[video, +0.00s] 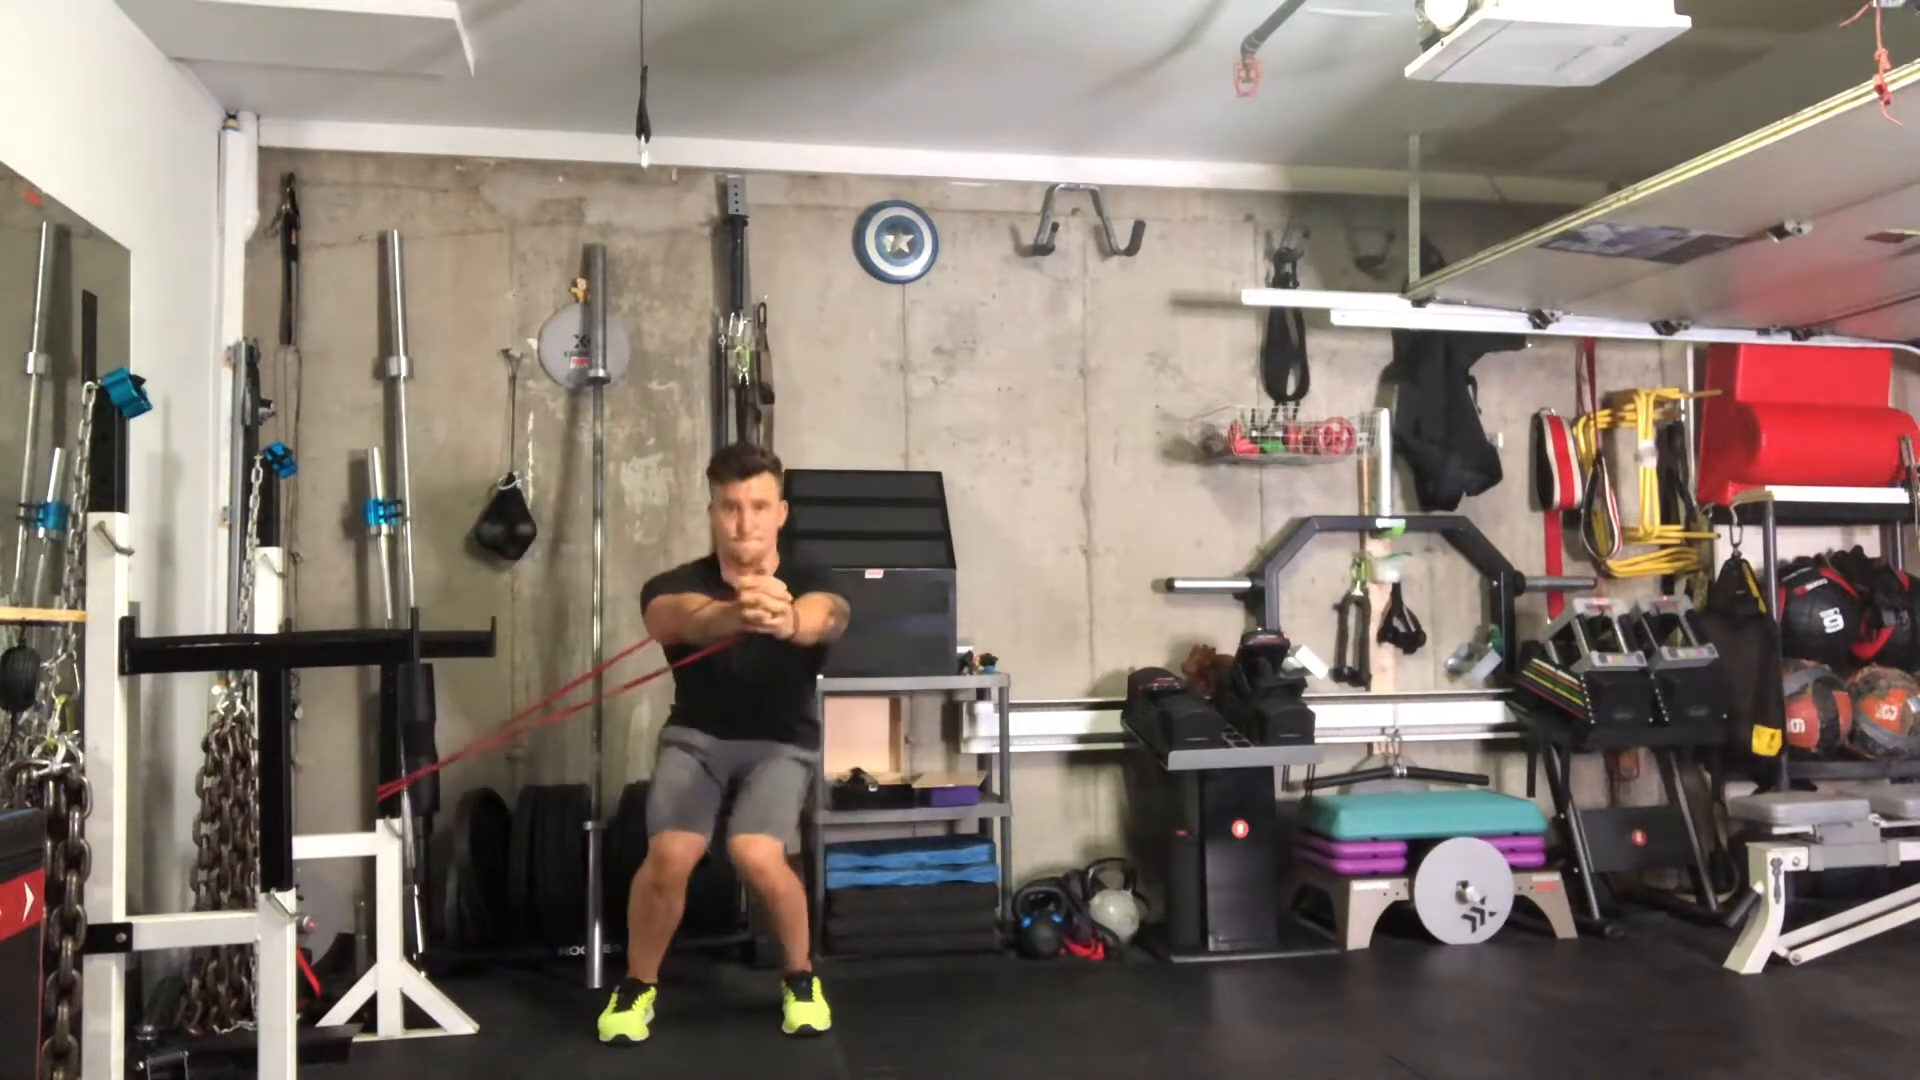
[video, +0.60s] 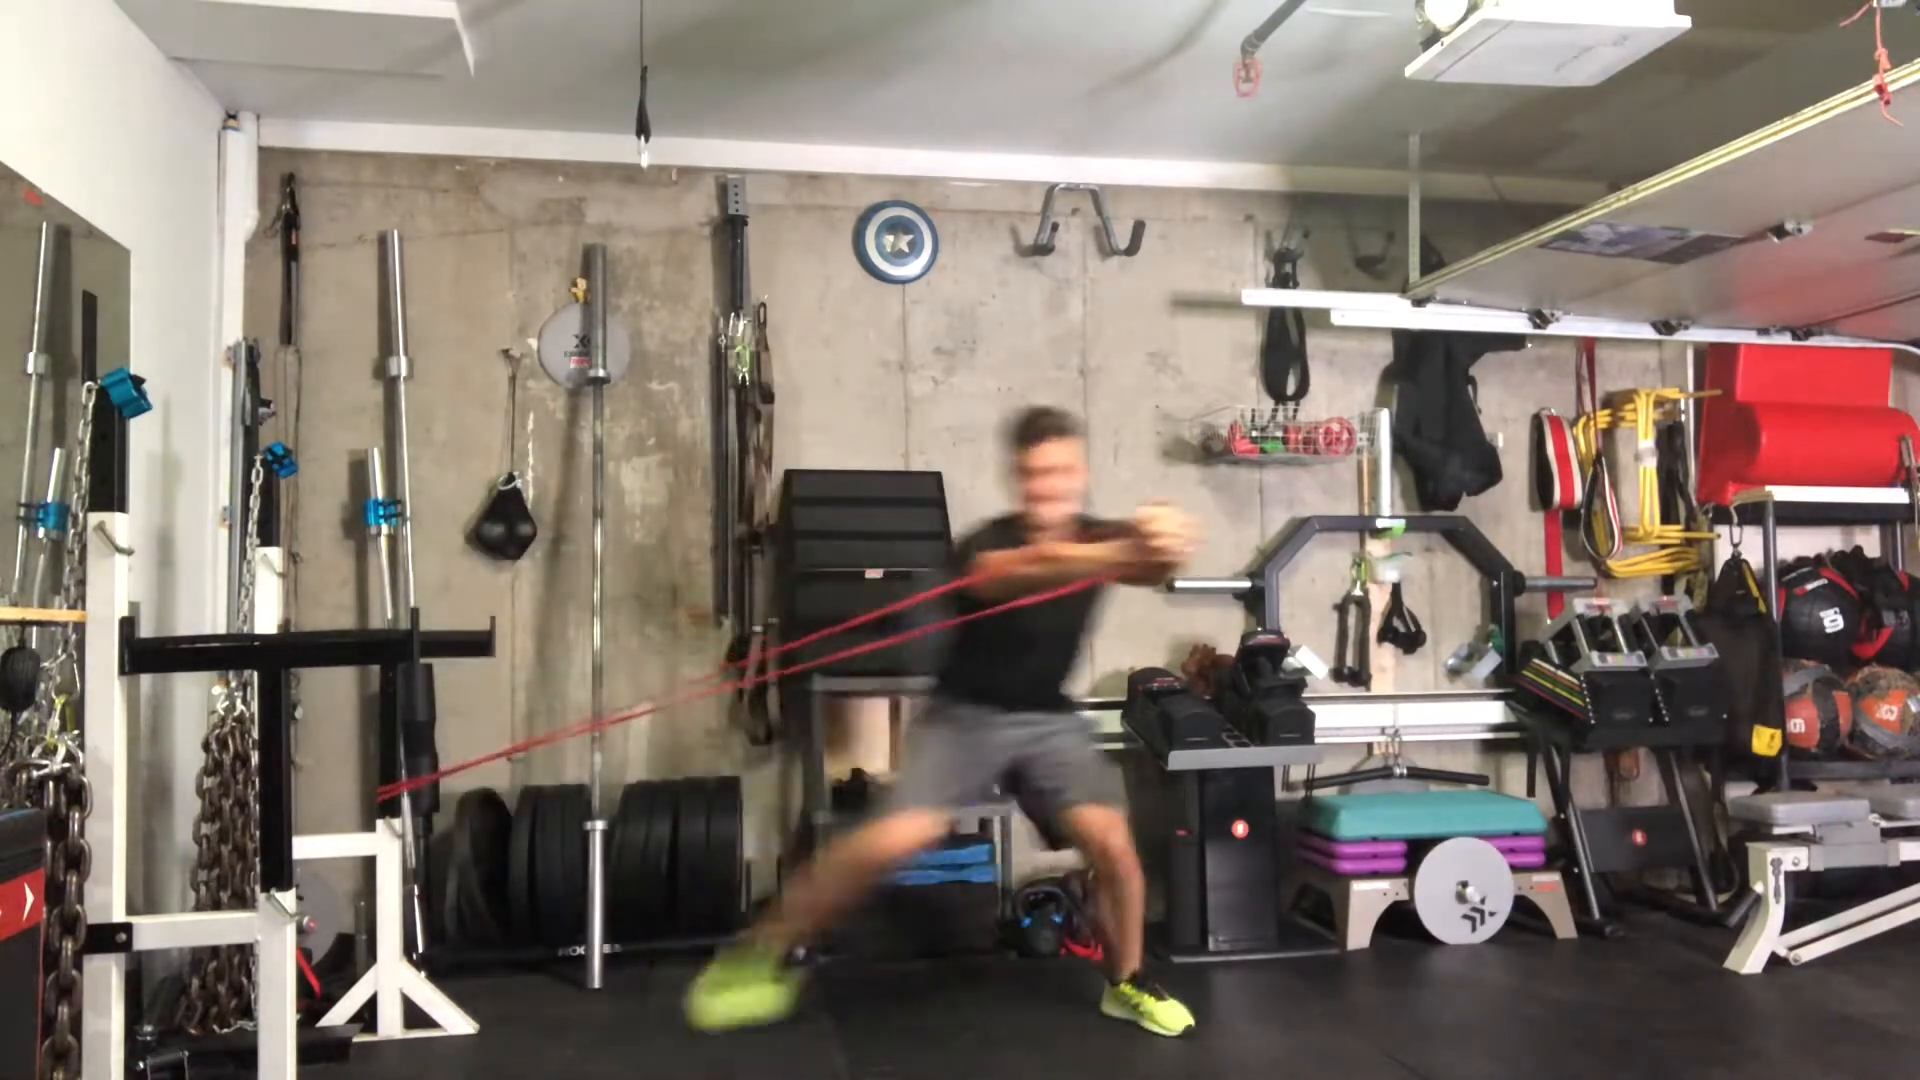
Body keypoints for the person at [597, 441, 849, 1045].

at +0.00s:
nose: (744, 524)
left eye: (759, 508)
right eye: (730, 509)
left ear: (782, 513)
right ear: (711, 513)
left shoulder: (812, 584)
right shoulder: (671, 588)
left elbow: (825, 615)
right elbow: (684, 623)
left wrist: (792, 620)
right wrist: (739, 613)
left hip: (780, 747)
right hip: (694, 740)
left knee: (754, 849)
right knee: (670, 852)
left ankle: (800, 979)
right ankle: (638, 989)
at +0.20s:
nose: (758, 543)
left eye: (771, 526)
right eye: (742, 529)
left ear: (793, 528)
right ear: (722, 535)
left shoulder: (832, 589)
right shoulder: (696, 606)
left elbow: (851, 621)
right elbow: (702, 643)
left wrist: (821, 633)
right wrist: (765, 635)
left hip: (807, 754)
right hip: (720, 752)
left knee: (809, 853)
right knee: (699, 868)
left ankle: (806, 978)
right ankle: (639, 988)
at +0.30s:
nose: (781, 539)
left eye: (795, 522)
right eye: (765, 525)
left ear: (819, 523)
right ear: (743, 532)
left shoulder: (857, 581)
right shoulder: (724, 603)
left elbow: (880, 616)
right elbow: (726, 642)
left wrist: (853, 634)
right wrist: (799, 640)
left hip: (845, 752)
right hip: (752, 755)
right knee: (707, 874)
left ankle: (863, 968)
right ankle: (641, 987)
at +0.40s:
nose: (844, 520)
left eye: (859, 502)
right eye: (829, 505)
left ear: (888, 503)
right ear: (810, 512)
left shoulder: (912, 571)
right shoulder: (785, 584)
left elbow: (946, 599)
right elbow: (791, 619)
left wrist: (939, 602)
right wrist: (889, 612)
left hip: (896, 744)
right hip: (797, 751)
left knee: (988, 827)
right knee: (724, 875)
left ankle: (1011, 945)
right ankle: (642, 990)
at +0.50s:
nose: (945, 492)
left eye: (959, 475)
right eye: (931, 477)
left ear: (983, 480)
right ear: (909, 484)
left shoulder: (997, 547)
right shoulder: (884, 569)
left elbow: (1049, 574)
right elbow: (942, 580)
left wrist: (1068, 553)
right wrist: (1025, 568)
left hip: (971, 737)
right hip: (879, 742)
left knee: (1069, 829)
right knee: (768, 867)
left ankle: (1120, 977)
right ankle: (650, 986)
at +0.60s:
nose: (1047, 486)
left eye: (1060, 472)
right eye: (1034, 473)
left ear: (1083, 475)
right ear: (1016, 478)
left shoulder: (1101, 541)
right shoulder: (988, 544)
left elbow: (1148, 568)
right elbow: (1009, 573)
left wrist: (1168, 546)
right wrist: (1119, 553)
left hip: (1050, 722)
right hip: (962, 722)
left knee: (1112, 840)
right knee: (894, 839)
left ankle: (1126, 984)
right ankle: (763, 951)